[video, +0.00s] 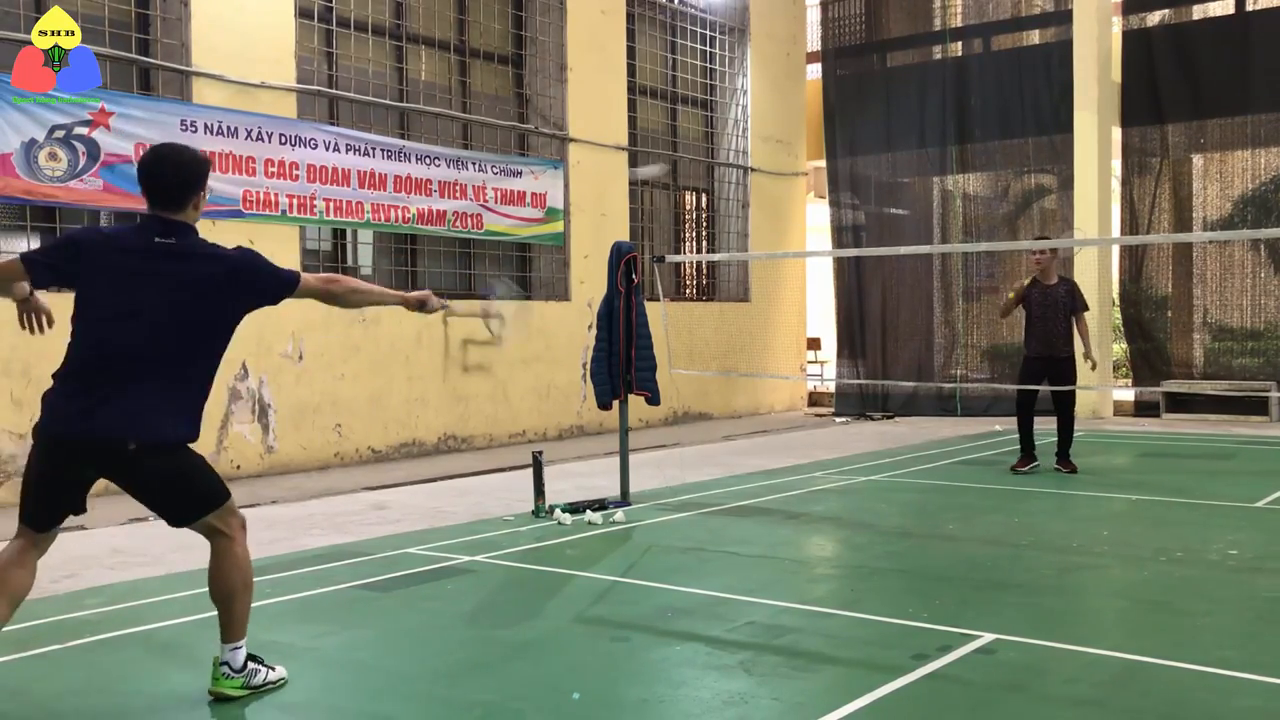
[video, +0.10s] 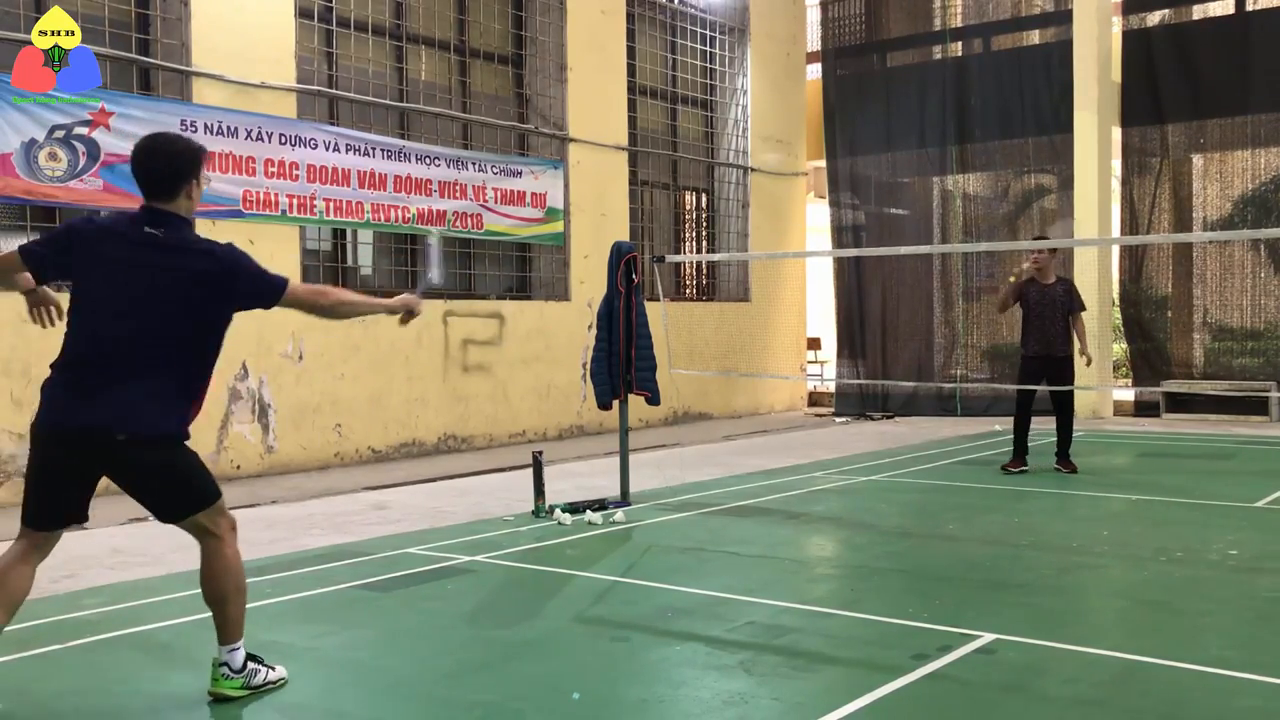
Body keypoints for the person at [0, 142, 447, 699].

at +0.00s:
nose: (207, 193)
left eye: (201, 186)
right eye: (206, 187)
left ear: (145, 192)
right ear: (199, 197)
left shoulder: (93, 246)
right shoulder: (230, 268)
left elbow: (9, 272)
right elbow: (329, 287)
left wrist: (22, 295)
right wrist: (404, 297)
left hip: (64, 430)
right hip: (151, 439)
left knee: (26, 541)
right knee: (228, 528)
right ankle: (233, 663)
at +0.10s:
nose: (206, 184)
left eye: (203, 175)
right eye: (203, 177)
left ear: (141, 184)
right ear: (193, 185)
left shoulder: (90, 233)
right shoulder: (218, 263)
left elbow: (8, 264)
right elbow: (315, 298)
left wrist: (28, 285)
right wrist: (388, 304)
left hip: (61, 424)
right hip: (145, 432)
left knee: (29, 544)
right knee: (218, 529)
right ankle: (233, 663)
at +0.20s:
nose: (190, 180)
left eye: (187, 169)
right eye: (186, 171)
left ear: (125, 180)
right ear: (171, 180)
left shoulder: (76, 231)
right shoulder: (185, 260)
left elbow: (8, 271)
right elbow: (278, 322)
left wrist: (53, 292)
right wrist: (353, 328)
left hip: (46, 425)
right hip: (125, 432)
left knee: (30, 551)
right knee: (193, 538)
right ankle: (230, 664)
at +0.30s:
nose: (170, 190)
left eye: (167, 179)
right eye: (165, 181)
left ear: (107, 188)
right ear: (145, 187)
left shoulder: (56, 238)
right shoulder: (151, 262)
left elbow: (13, 282)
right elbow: (230, 337)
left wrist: (68, 310)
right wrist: (300, 350)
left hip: (23, 433)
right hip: (97, 438)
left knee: (23, 565)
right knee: (170, 546)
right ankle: (226, 666)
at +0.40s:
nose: (160, 194)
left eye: (157, 182)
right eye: (155, 183)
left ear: (96, 191)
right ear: (134, 188)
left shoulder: (46, 237)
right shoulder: (129, 257)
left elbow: (39, 309)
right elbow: (198, 343)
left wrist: (106, 326)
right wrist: (272, 362)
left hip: (9, 432)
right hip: (75, 436)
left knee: (17, 562)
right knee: (151, 547)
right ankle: (215, 666)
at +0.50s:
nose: (159, 186)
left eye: (156, 175)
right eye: (155, 175)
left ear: (94, 183)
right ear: (135, 181)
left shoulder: (46, 227)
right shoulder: (131, 250)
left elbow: (25, 310)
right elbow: (191, 344)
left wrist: (95, 343)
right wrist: (265, 377)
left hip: (9, 421)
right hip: (70, 425)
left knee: (12, 561)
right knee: (145, 543)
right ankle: (177, 683)